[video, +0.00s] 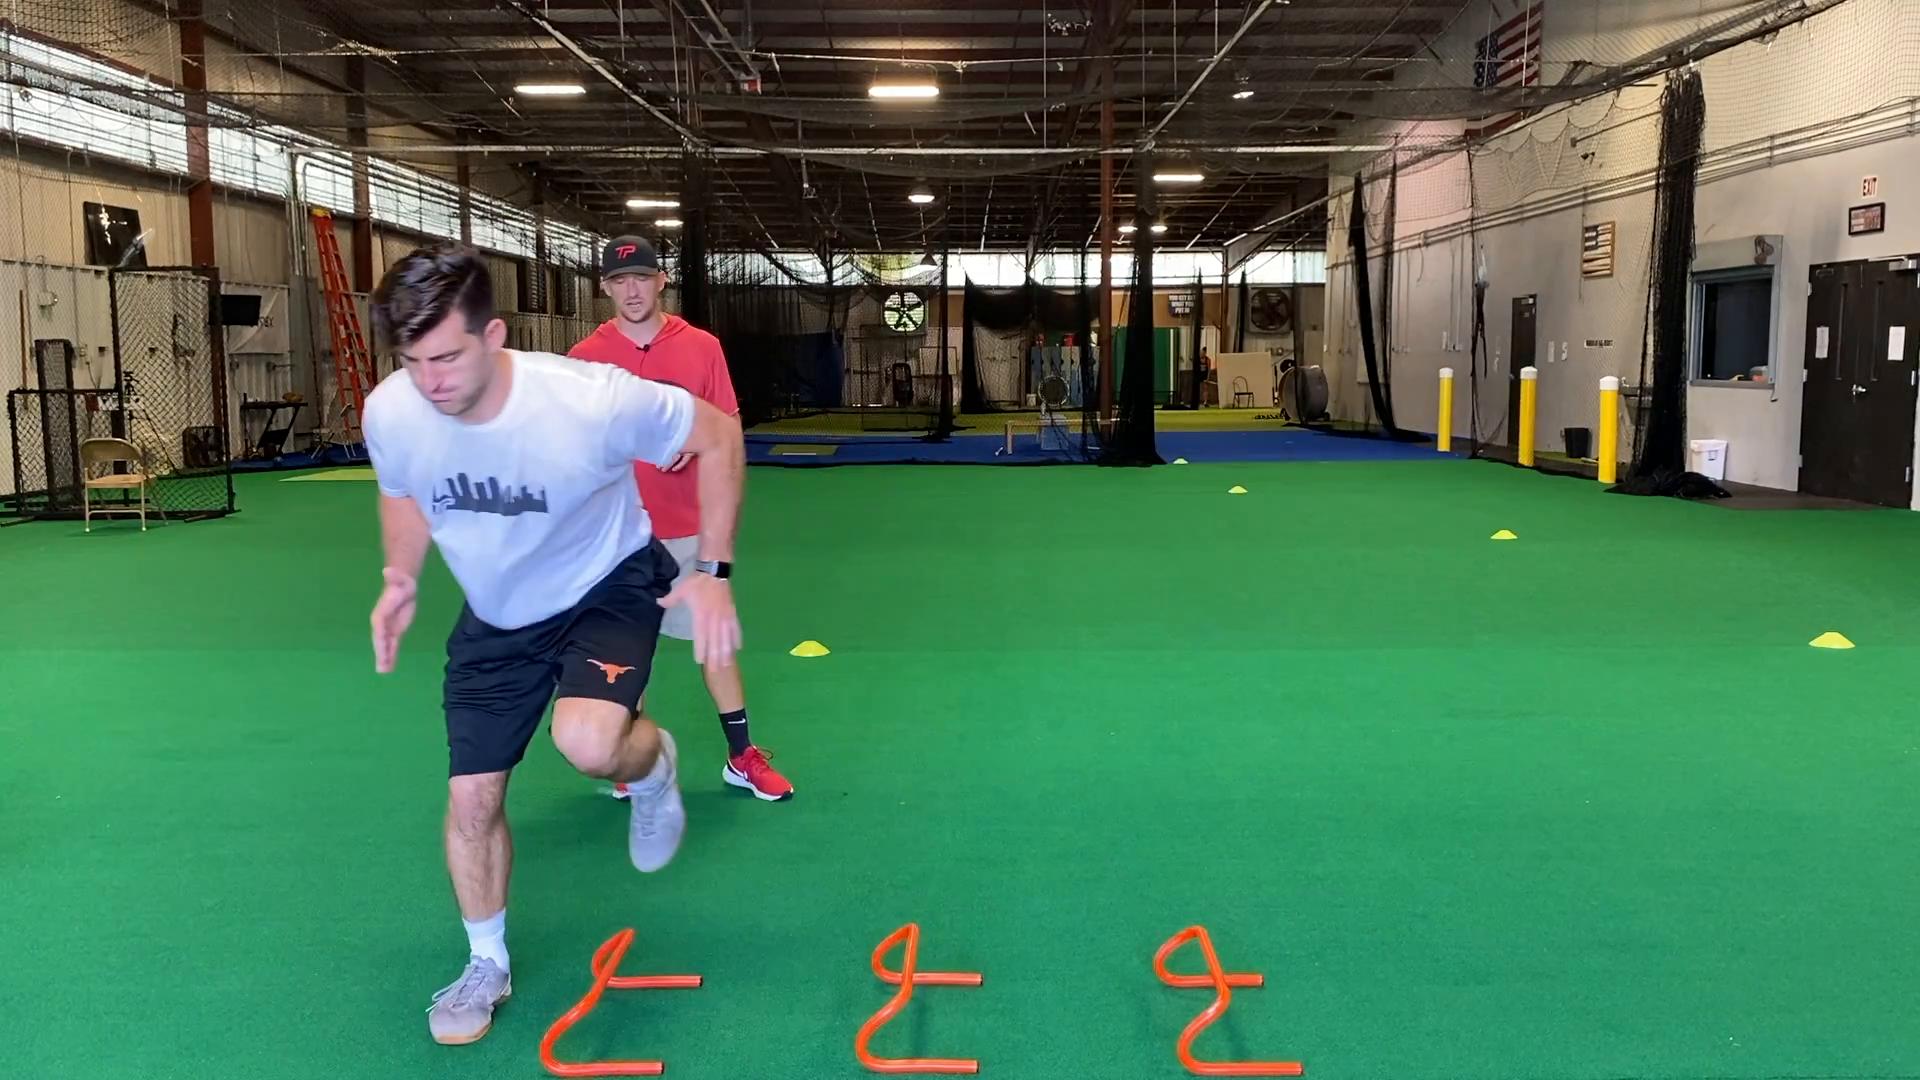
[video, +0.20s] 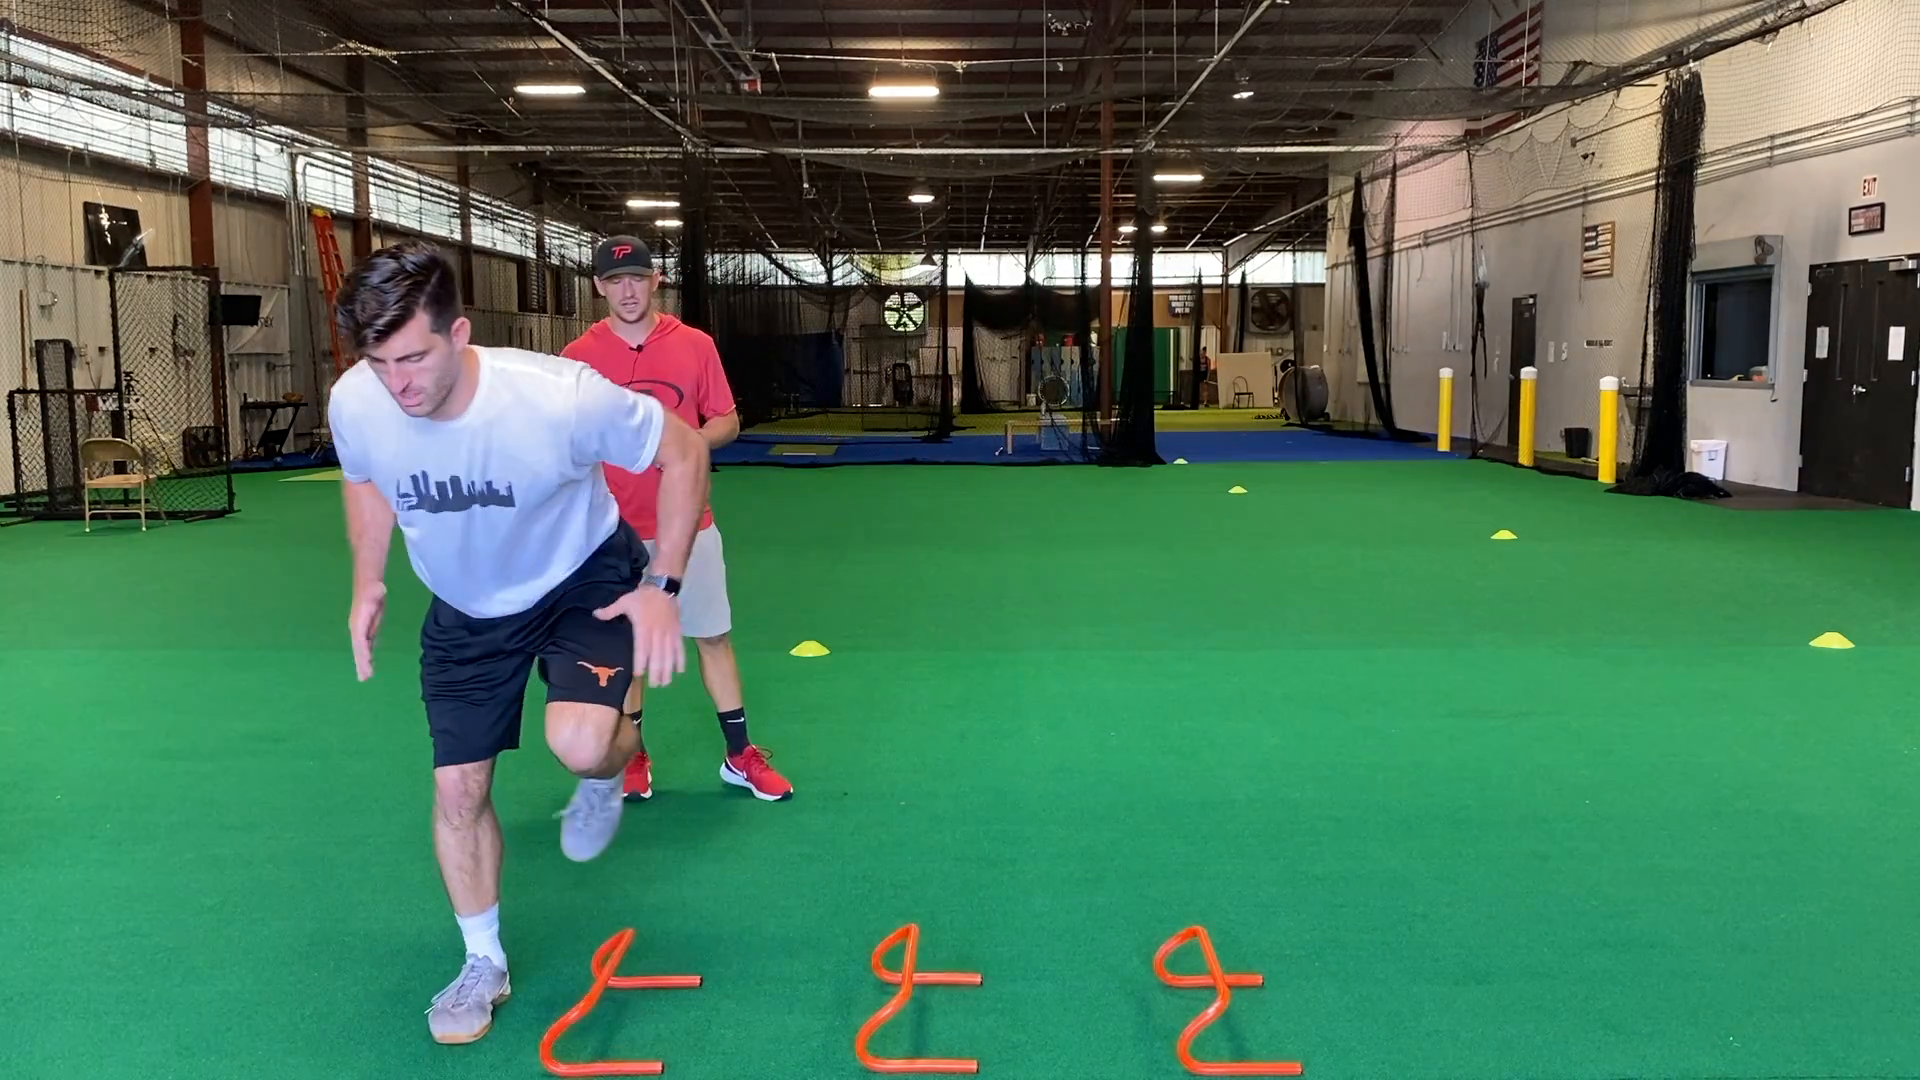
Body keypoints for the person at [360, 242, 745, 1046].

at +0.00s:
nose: (434, 378)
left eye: (448, 357)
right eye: (417, 360)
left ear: (495, 336)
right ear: (401, 351)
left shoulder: (589, 400)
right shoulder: (391, 413)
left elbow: (719, 431)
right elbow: (402, 495)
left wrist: (714, 567)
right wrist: (401, 578)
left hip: (608, 584)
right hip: (496, 611)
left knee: (588, 742)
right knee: (472, 795)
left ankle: (656, 773)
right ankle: (487, 963)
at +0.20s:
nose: (400, 379)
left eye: (415, 358)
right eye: (383, 361)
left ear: (460, 332)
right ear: (366, 349)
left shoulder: (560, 398)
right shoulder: (357, 403)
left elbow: (686, 446)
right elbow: (365, 483)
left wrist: (665, 584)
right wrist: (369, 583)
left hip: (583, 581)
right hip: (466, 608)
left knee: (579, 745)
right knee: (458, 785)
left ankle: (608, 772)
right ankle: (484, 961)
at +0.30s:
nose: (394, 377)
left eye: (410, 355)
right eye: (379, 359)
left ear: (453, 329)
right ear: (361, 348)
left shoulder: (556, 400)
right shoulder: (352, 392)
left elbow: (665, 492)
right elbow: (368, 465)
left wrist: (606, 624)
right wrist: (378, 569)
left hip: (573, 580)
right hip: (461, 596)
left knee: (572, 758)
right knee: (459, 779)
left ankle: (568, 776)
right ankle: (484, 962)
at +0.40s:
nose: (392, 382)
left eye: (408, 358)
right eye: (374, 364)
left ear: (453, 335)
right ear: (356, 357)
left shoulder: (550, 414)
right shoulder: (357, 385)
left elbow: (631, 542)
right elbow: (385, 445)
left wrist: (502, 628)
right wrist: (394, 509)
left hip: (581, 594)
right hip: (461, 594)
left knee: (557, 778)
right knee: (463, 776)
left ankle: (523, 744)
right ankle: (481, 960)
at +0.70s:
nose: (425, 448)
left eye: (443, 426)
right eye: (408, 429)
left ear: (487, 405)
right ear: (391, 422)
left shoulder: (576, 491)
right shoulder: (396, 456)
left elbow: (641, 634)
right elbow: (414, 508)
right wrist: (402, 596)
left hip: (608, 631)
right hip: (499, 634)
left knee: (554, 814)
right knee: (472, 792)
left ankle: (501, 843)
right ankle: (481, 964)